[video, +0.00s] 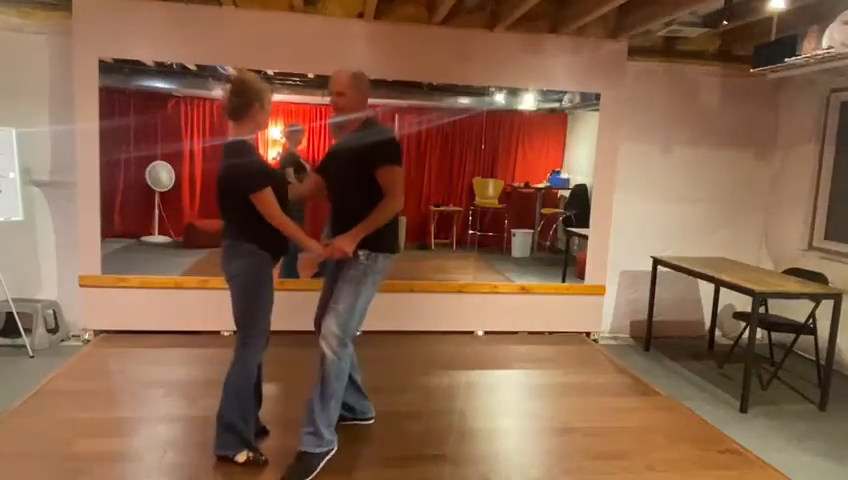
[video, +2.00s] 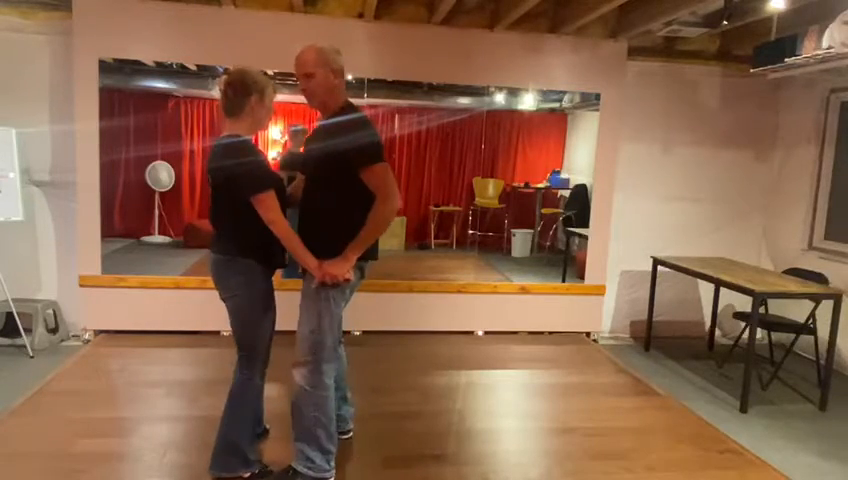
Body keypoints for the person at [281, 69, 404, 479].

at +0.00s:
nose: (333, 100)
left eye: (340, 94)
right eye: (332, 94)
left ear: (363, 96)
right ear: (336, 98)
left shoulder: (380, 137)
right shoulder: (341, 143)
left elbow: (396, 198)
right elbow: (311, 188)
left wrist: (352, 237)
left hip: (372, 250)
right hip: (342, 248)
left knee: (334, 334)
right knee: (330, 326)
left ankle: (318, 441)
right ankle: (355, 405)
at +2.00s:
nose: (301, 86)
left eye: (308, 76)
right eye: (298, 78)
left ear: (335, 76)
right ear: (315, 80)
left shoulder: (354, 127)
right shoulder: (325, 127)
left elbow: (390, 199)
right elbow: (320, 190)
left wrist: (348, 257)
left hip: (336, 262)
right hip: (321, 256)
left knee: (313, 364)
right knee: (325, 343)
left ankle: (314, 465)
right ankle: (339, 418)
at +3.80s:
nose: (275, 97)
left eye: (281, 88)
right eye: (271, 90)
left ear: (305, 85)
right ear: (277, 92)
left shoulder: (328, 125)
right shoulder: (297, 135)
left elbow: (384, 164)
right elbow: (271, 179)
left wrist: (368, 223)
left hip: (343, 253)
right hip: (323, 253)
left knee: (325, 349)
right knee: (327, 342)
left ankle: (313, 460)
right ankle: (326, 418)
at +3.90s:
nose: (277, 92)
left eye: (284, 84)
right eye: (273, 85)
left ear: (308, 84)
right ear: (274, 91)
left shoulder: (333, 124)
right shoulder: (291, 138)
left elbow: (388, 154)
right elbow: (264, 183)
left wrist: (379, 214)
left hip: (344, 252)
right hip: (320, 252)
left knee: (325, 351)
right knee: (318, 340)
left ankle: (313, 462)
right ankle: (325, 416)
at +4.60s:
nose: (312, 136)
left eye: (318, 128)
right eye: (305, 129)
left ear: (334, 129)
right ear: (298, 135)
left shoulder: (361, 166)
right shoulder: (295, 188)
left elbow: (392, 220)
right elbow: (247, 217)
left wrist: (348, 254)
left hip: (367, 279)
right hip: (327, 280)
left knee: (306, 353)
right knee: (276, 343)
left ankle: (313, 467)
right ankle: (322, 419)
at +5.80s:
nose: (299, 123)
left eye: (303, 116)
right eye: (300, 116)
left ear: (314, 118)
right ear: (341, 116)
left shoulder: (356, 168)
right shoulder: (311, 169)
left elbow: (342, 248)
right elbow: (274, 198)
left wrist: (285, 270)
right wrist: (231, 197)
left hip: (349, 294)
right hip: (327, 288)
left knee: (275, 383)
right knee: (307, 352)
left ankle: (310, 470)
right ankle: (324, 417)